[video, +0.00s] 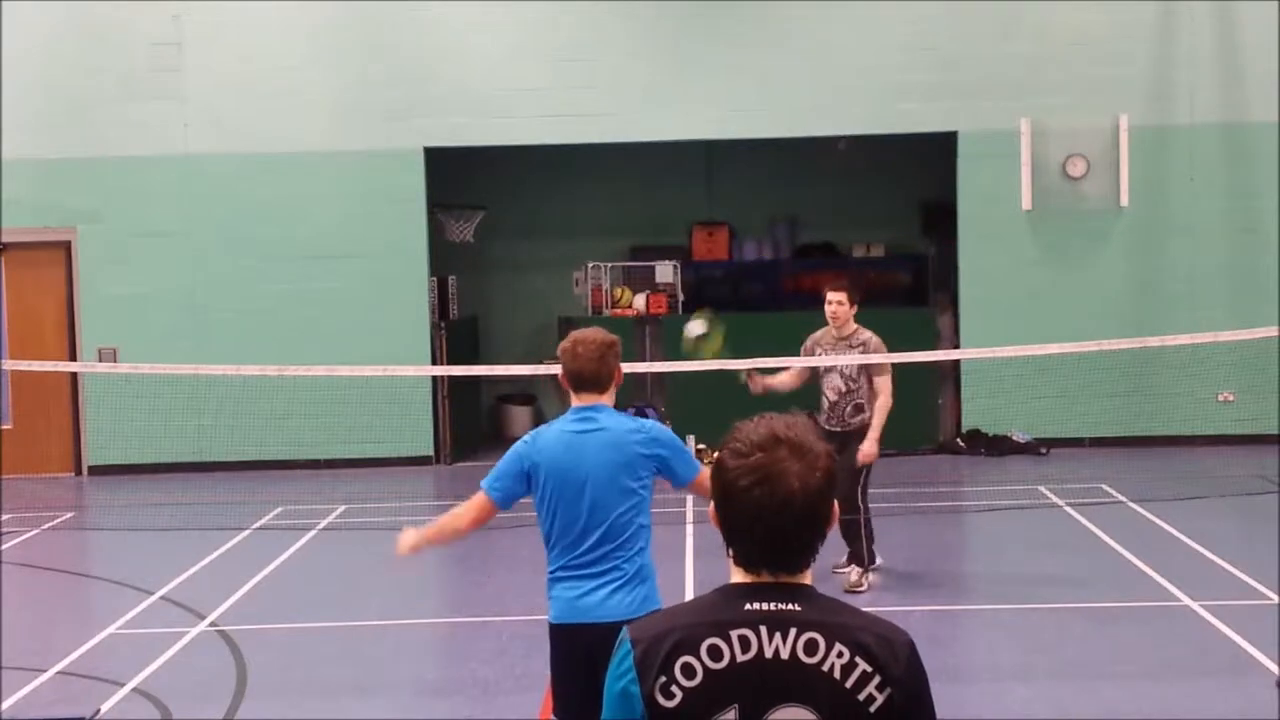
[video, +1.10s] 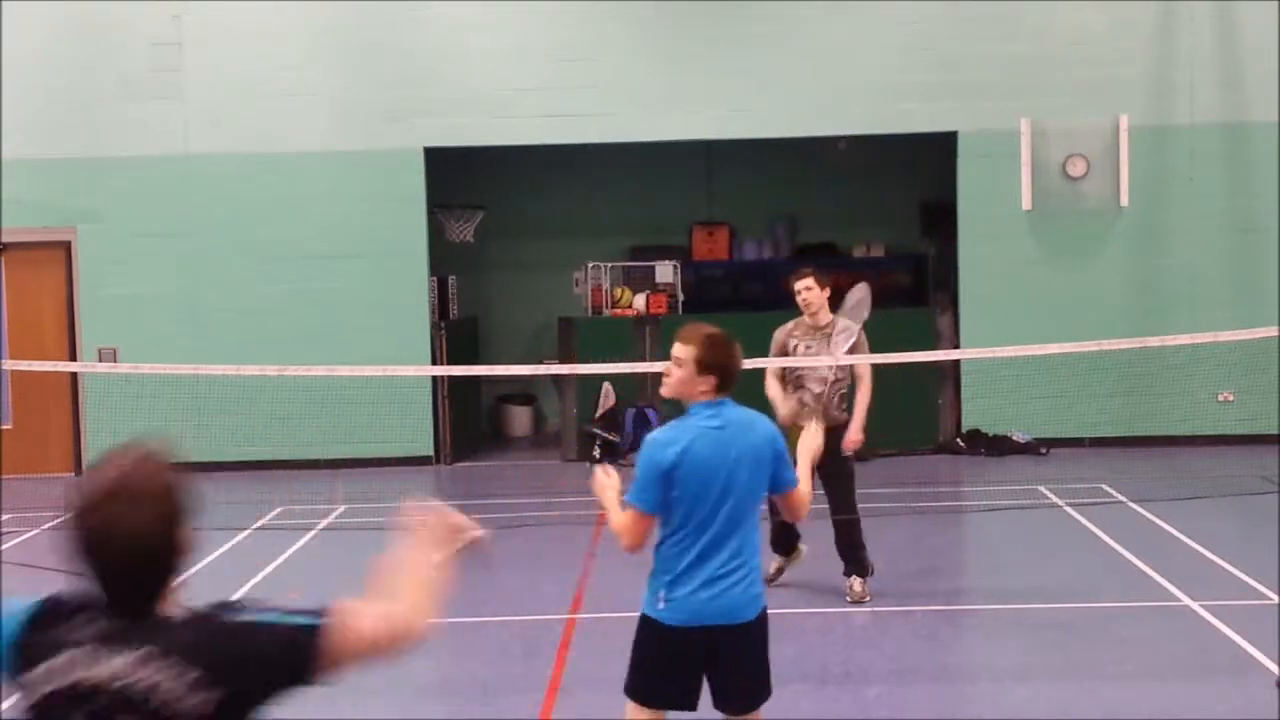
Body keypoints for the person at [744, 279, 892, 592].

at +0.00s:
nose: (832, 310)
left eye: (839, 304)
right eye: (829, 304)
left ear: (853, 308)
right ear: (824, 307)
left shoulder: (871, 344)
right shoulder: (816, 342)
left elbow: (884, 395)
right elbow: (796, 377)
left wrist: (872, 438)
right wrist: (766, 382)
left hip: (858, 432)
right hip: (827, 431)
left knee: (849, 496)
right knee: (842, 497)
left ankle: (860, 561)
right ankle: (861, 551)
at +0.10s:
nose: (832, 315)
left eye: (838, 309)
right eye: (827, 309)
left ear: (852, 313)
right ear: (822, 313)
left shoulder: (871, 348)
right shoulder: (815, 347)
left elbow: (889, 398)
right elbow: (802, 388)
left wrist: (885, 445)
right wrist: (775, 410)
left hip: (863, 435)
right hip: (831, 435)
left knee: (852, 499)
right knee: (841, 497)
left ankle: (857, 569)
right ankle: (864, 550)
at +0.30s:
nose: (830, 327)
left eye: (836, 320)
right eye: (825, 321)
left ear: (851, 318)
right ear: (821, 320)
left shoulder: (877, 345)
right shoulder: (814, 352)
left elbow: (898, 390)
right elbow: (815, 399)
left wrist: (901, 436)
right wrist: (817, 438)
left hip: (870, 432)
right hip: (834, 434)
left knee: (865, 500)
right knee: (841, 498)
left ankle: (862, 571)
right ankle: (859, 560)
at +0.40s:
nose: (828, 327)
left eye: (834, 320)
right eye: (823, 321)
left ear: (850, 315)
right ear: (819, 319)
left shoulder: (878, 338)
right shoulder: (814, 351)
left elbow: (900, 381)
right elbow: (821, 399)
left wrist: (903, 427)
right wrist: (822, 444)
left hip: (874, 432)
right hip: (838, 434)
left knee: (867, 502)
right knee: (843, 500)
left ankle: (864, 573)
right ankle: (849, 566)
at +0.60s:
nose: (821, 305)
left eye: (826, 298)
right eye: (816, 301)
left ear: (842, 297)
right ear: (811, 305)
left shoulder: (872, 325)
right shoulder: (813, 336)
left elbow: (894, 367)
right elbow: (819, 348)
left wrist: (906, 410)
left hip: (875, 424)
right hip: (835, 426)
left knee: (871, 501)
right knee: (826, 496)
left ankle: (862, 574)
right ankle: (821, 548)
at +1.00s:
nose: (812, 294)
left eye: (817, 286)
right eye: (807, 289)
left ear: (834, 288)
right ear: (803, 296)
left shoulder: (860, 330)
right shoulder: (795, 333)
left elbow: (875, 378)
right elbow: (781, 379)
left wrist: (874, 421)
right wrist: (806, 353)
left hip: (845, 428)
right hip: (805, 427)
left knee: (850, 503)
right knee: (798, 496)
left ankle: (857, 572)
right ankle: (798, 547)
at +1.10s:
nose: (803, 297)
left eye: (807, 290)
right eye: (798, 293)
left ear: (825, 292)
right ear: (794, 299)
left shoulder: (849, 331)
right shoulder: (785, 334)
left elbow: (864, 381)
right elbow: (772, 378)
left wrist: (856, 426)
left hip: (834, 426)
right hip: (793, 426)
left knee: (843, 504)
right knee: (781, 494)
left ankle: (856, 573)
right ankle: (786, 549)